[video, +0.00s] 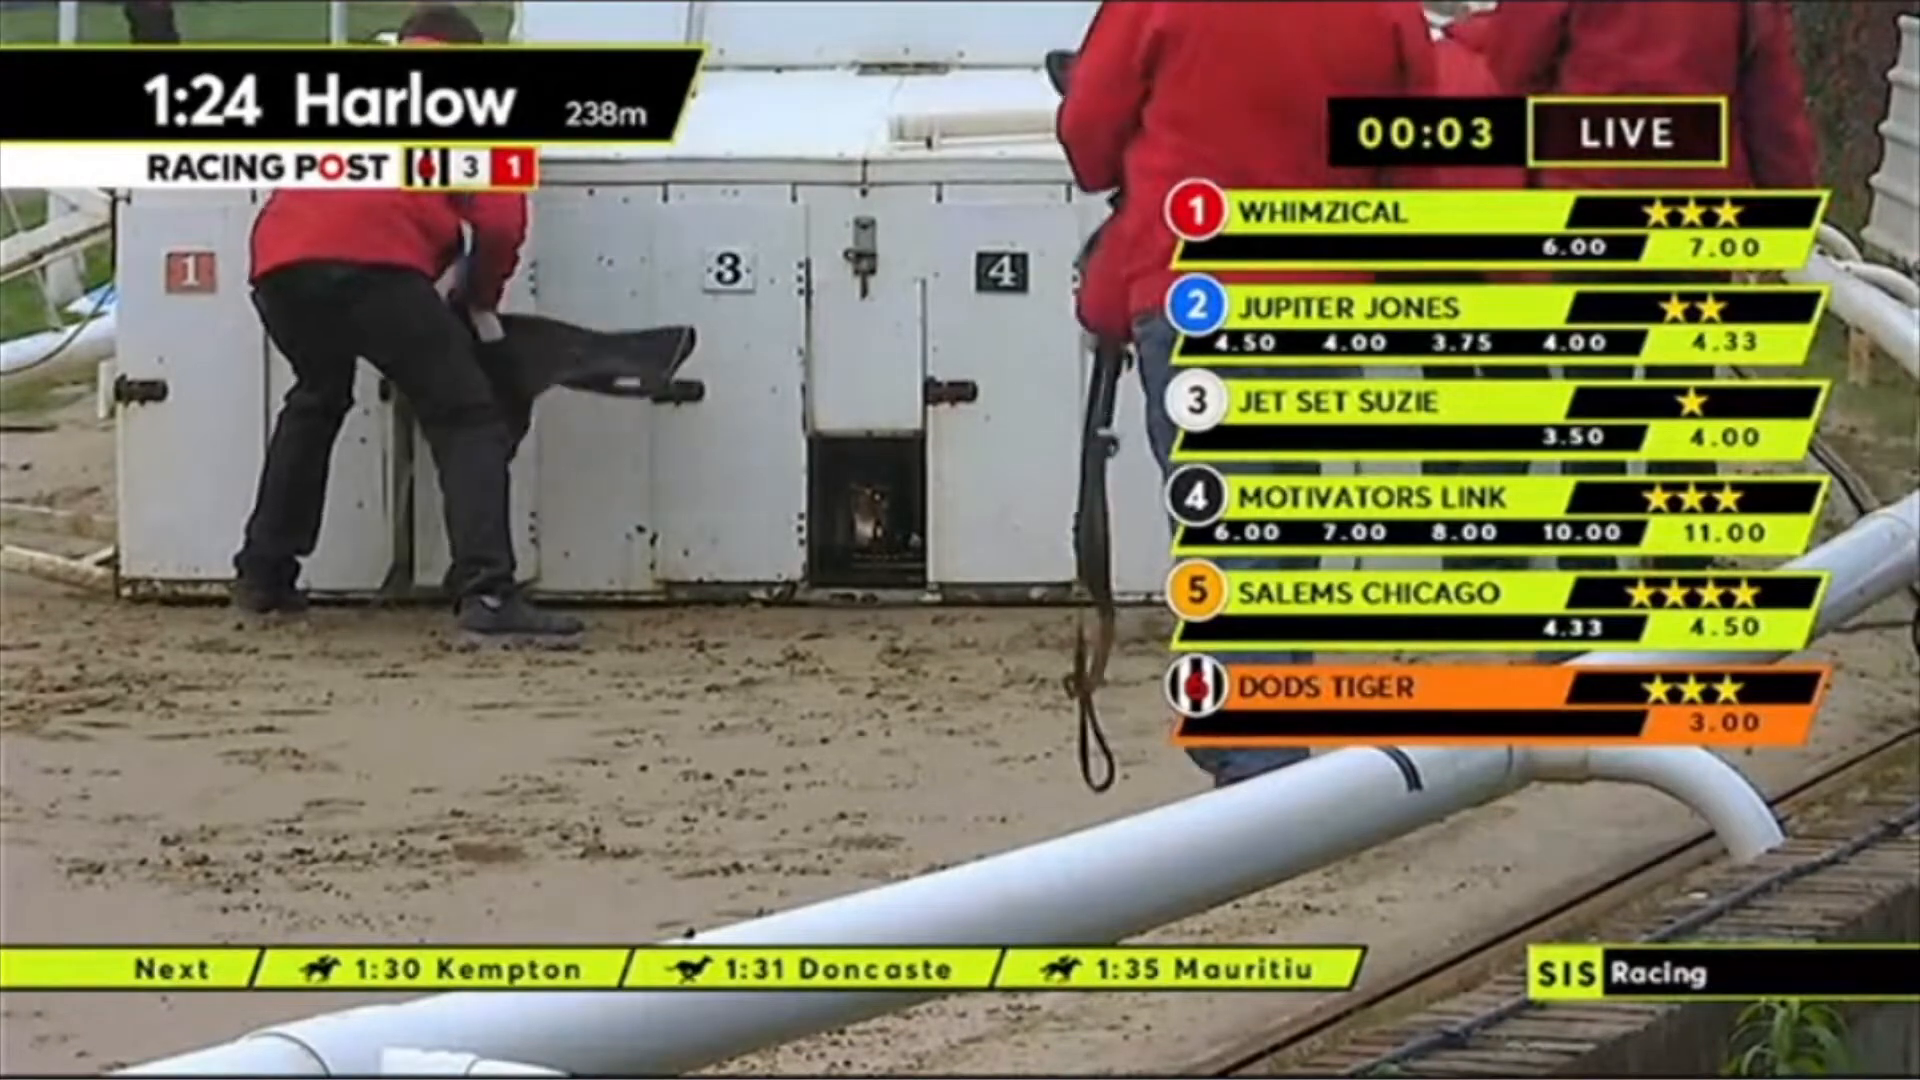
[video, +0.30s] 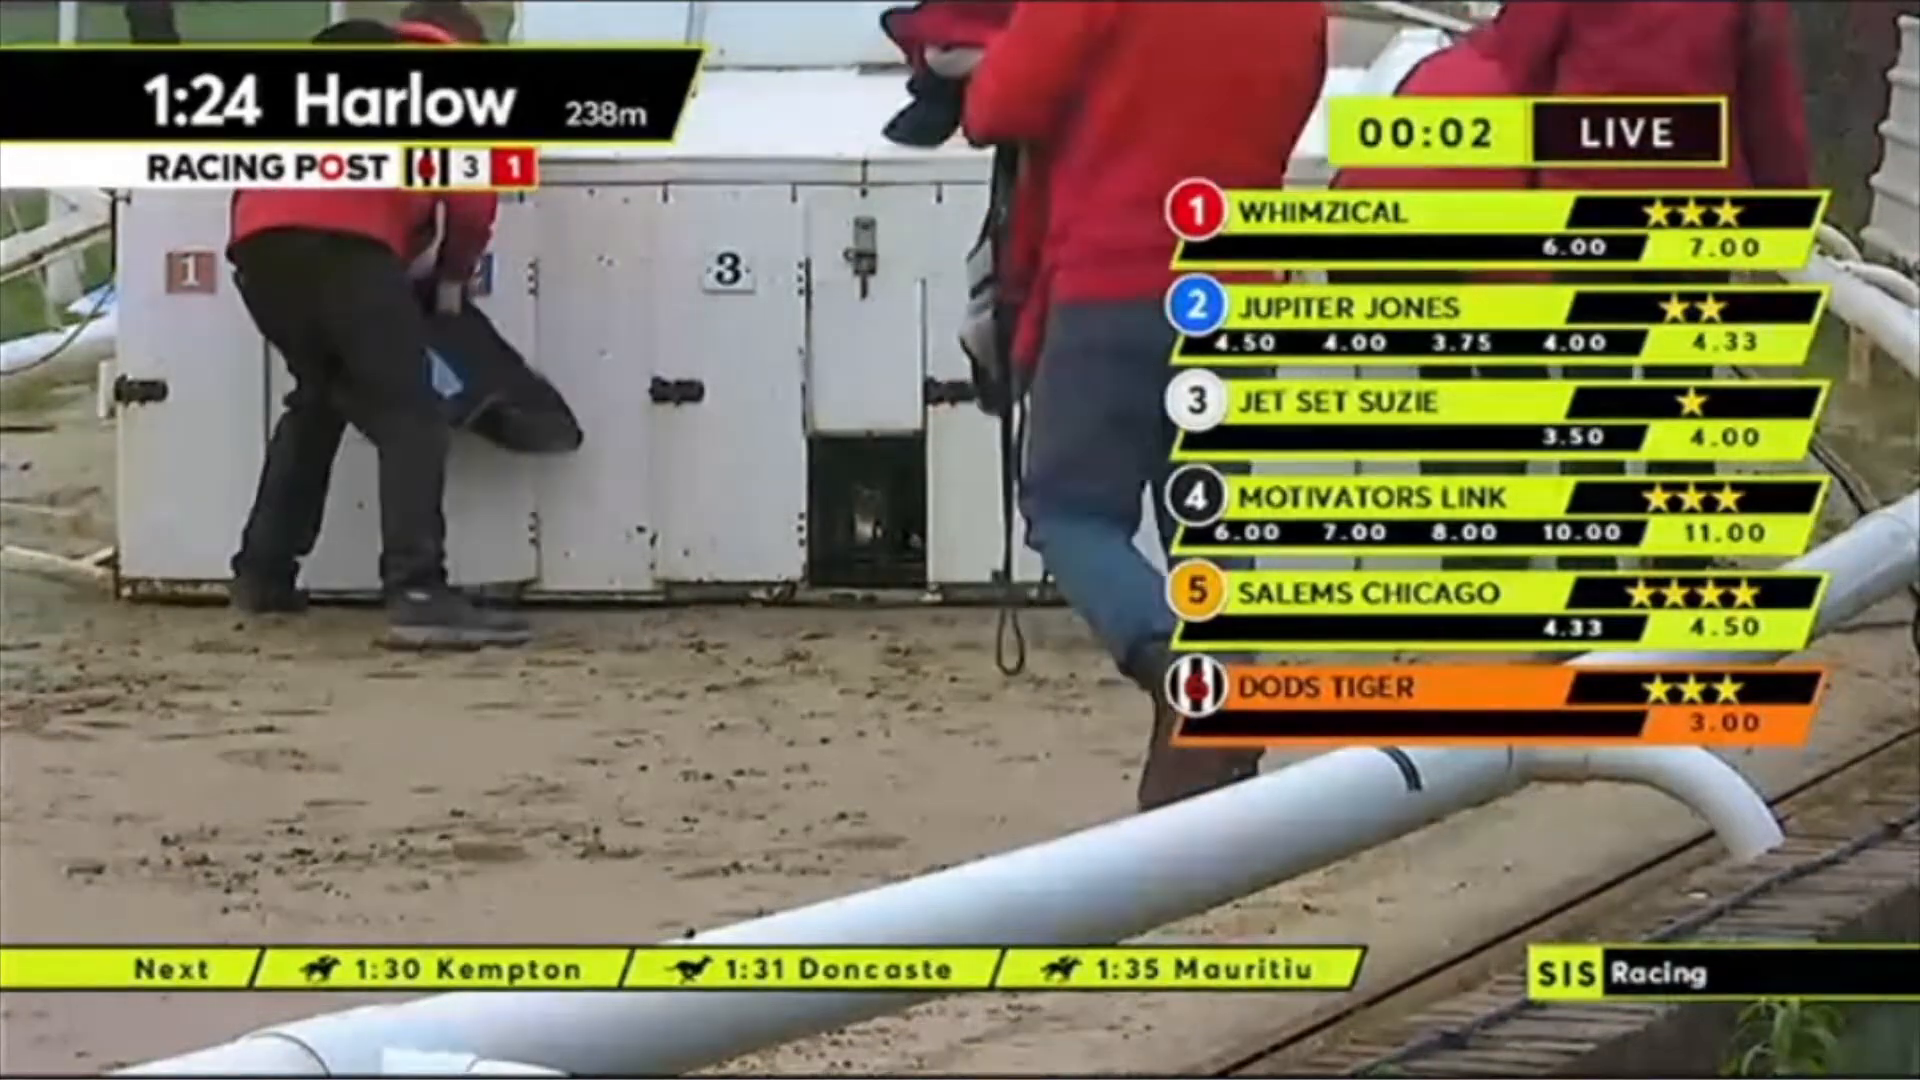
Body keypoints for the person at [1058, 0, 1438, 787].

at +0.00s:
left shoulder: (1155, 6)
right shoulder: (1383, 9)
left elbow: (1088, 137)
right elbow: (1429, 115)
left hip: (1190, 292)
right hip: (1343, 291)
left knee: (1213, 518)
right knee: (1319, 508)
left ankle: (1252, 748)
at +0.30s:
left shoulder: (1093, 4)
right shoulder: (1304, 12)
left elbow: (1000, 106)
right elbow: (1273, 129)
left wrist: (986, 69)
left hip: (1121, 281)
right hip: (1250, 292)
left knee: (1073, 509)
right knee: (1211, 526)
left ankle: (1176, 661)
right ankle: (1206, 762)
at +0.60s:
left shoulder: (1007, 4)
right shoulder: (1164, 10)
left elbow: (928, 123)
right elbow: (1135, 130)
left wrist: (868, 138)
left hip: (1015, 295)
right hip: (1134, 295)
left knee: (950, 525)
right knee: (1175, 534)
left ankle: (873, 734)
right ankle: (1221, 736)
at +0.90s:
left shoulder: (782, 14)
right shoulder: (945, 14)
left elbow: (773, 170)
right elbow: (922, 147)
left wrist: (714, 162)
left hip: (822, 309)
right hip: (939, 303)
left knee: (784, 531)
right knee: (938, 502)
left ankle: (816, 750)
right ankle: (1072, 640)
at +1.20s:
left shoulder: (580, 12)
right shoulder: (732, 16)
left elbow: (541, 155)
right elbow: (711, 154)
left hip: (636, 302)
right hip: (712, 294)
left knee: (710, 516)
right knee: (615, 523)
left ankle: (815, 738)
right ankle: (526, 710)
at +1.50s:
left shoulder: (341, 8)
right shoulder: (491, 11)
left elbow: (308, 87)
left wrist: (248, 40)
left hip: (381, 286)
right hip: (477, 284)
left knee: (328, 484)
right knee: (429, 501)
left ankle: (478, 636)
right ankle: (433, 716)